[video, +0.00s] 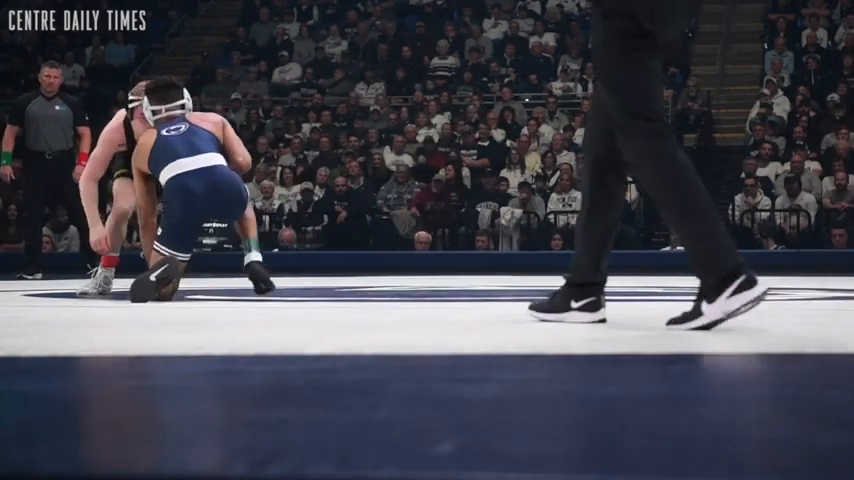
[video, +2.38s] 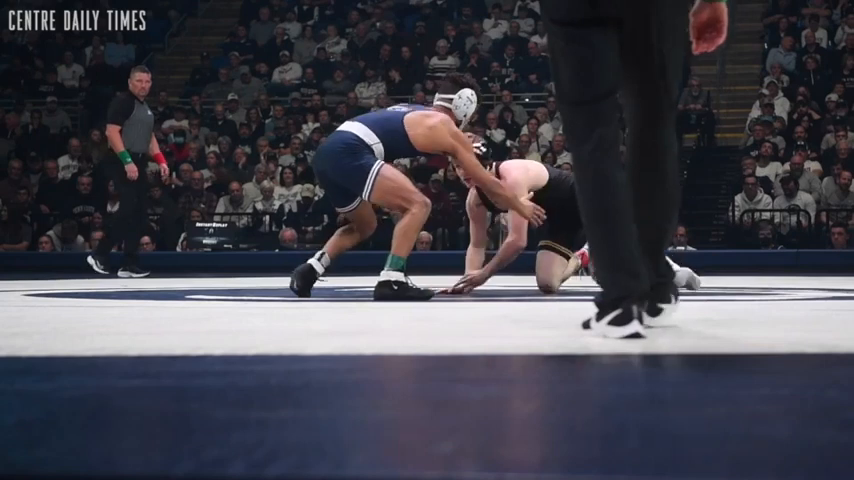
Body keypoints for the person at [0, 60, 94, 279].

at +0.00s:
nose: (51, 81)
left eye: (56, 77)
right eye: (48, 77)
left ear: (61, 80)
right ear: (40, 78)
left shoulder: (72, 104)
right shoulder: (25, 102)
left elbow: (85, 134)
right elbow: (10, 132)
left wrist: (82, 162)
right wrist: (5, 161)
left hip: (65, 164)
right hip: (35, 164)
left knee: (79, 211)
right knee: (32, 214)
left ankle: (93, 261)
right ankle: (33, 266)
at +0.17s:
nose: (69, 85)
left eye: (73, 81)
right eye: (65, 80)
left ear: (79, 83)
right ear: (58, 81)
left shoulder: (88, 107)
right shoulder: (43, 104)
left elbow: (99, 137)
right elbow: (27, 132)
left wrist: (96, 164)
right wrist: (23, 162)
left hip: (80, 166)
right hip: (49, 166)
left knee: (96, 210)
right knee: (39, 212)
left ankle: (102, 261)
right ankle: (34, 264)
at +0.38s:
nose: (92, 87)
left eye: (96, 83)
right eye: (88, 82)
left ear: (102, 86)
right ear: (81, 84)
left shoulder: (107, 110)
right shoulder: (67, 105)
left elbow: (116, 140)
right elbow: (51, 134)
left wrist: (119, 167)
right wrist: (56, 163)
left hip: (101, 168)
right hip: (73, 167)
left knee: (109, 215)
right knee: (59, 215)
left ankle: (108, 264)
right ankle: (41, 264)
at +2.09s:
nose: (115, 86)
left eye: (118, 82)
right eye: (111, 82)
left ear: (122, 85)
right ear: (101, 83)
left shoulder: (122, 109)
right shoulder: (91, 104)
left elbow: (126, 138)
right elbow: (75, 132)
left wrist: (129, 163)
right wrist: (80, 162)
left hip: (115, 167)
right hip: (93, 166)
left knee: (125, 213)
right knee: (74, 214)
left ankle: (126, 264)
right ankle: (55, 264)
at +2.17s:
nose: (124, 86)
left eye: (128, 83)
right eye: (120, 82)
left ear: (132, 86)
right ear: (111, 84)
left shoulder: (130, 109)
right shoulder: (102, 103)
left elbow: (134, 137)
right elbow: (87, 132)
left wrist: (138, 163)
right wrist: (95, 162)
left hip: (125, 166)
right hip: (105, 164)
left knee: (132, 214)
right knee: (89, 214)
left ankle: (127, 263)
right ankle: (59, 261)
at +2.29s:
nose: (137, 86)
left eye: (140, 83)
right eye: (132, 82)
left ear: (144, 86)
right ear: (123, 83)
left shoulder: (140, 109)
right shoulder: (114, 103)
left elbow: (143, 138)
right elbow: (103, 133)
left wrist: (151, 162)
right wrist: (116, 161)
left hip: (134, 164)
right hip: (113, 163)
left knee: (135, 213)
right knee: (108, 211)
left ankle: (129, 264)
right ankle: (78, 253)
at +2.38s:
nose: (143, 85)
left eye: (147, 82)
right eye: (139, 81)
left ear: (150, 84)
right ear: (129, 83)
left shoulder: (145, 107)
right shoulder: (122, 101)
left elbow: (149, 137)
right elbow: (112, 132)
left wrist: (161, 162)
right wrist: (127, 161)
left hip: (139, 162)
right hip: (122, 161)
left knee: (138, 212)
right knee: (129, 209)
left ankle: (129, 263)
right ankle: (100, 254)